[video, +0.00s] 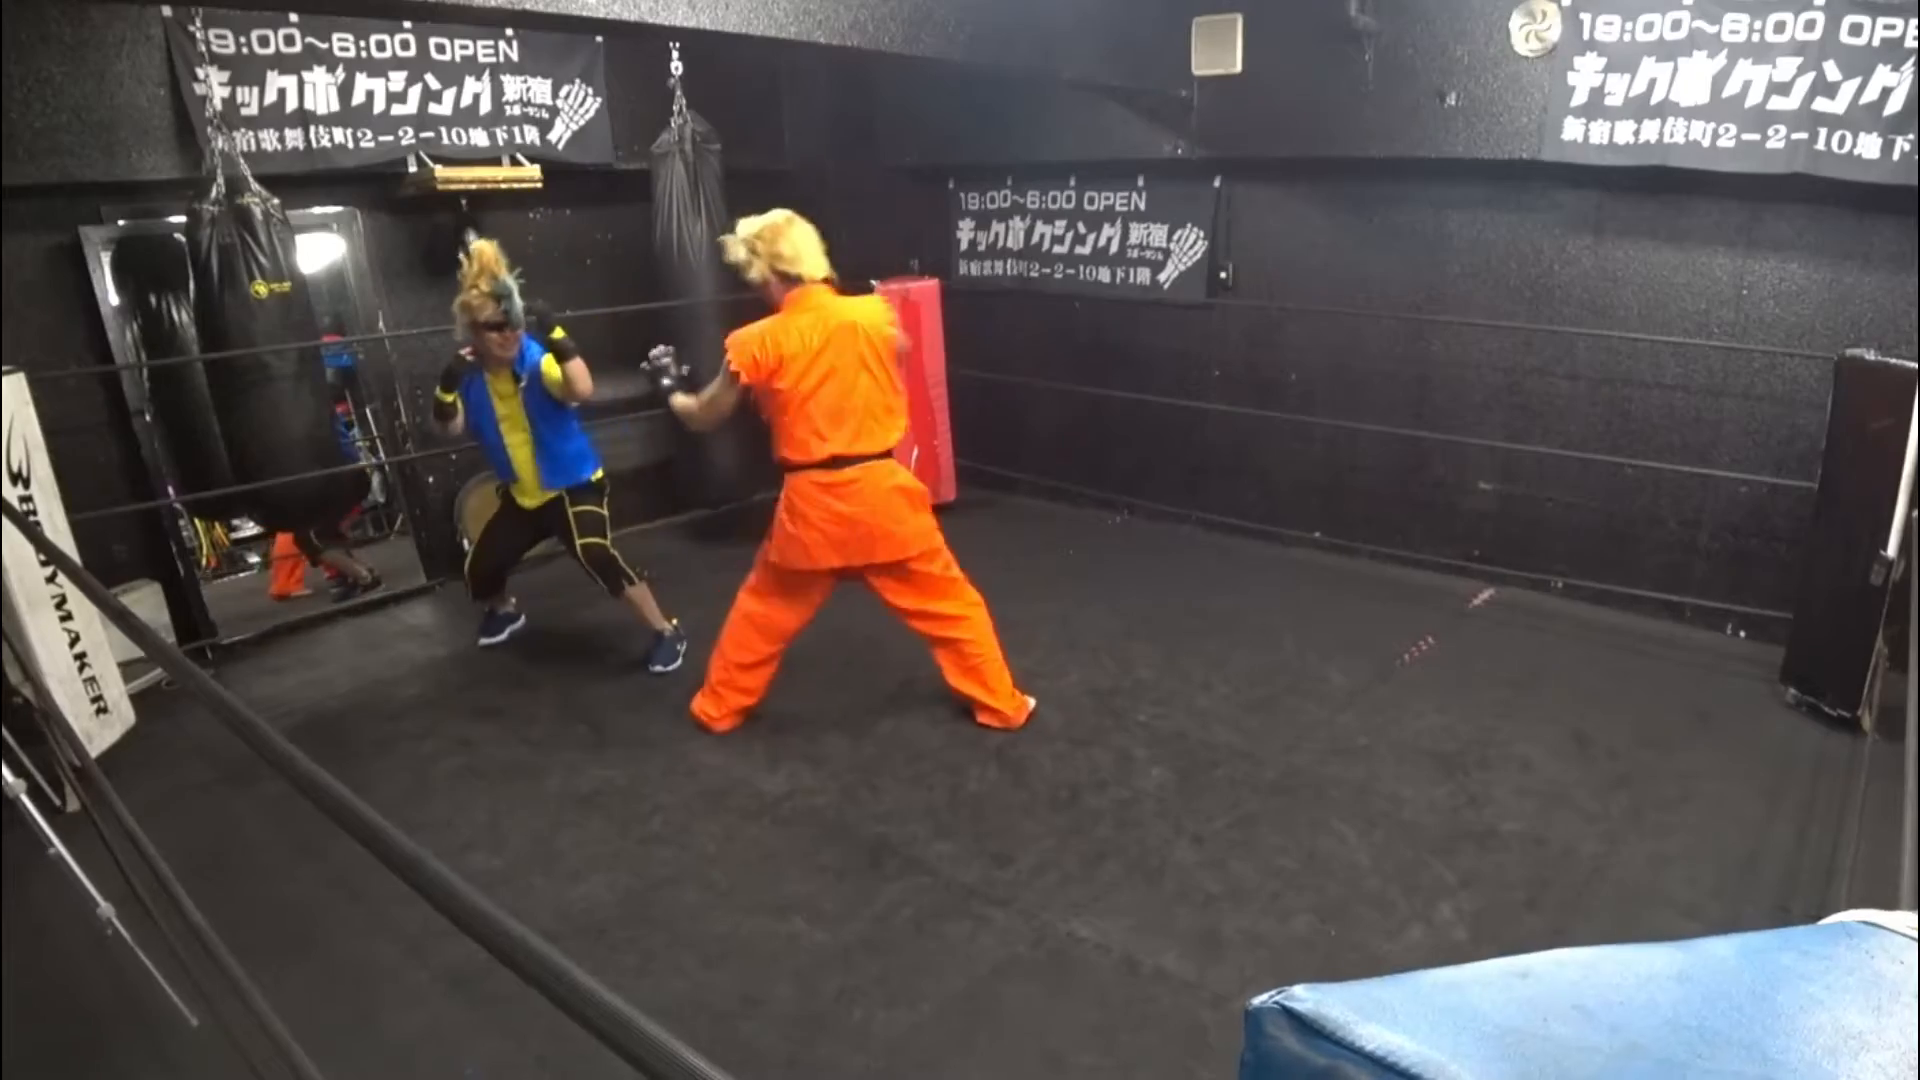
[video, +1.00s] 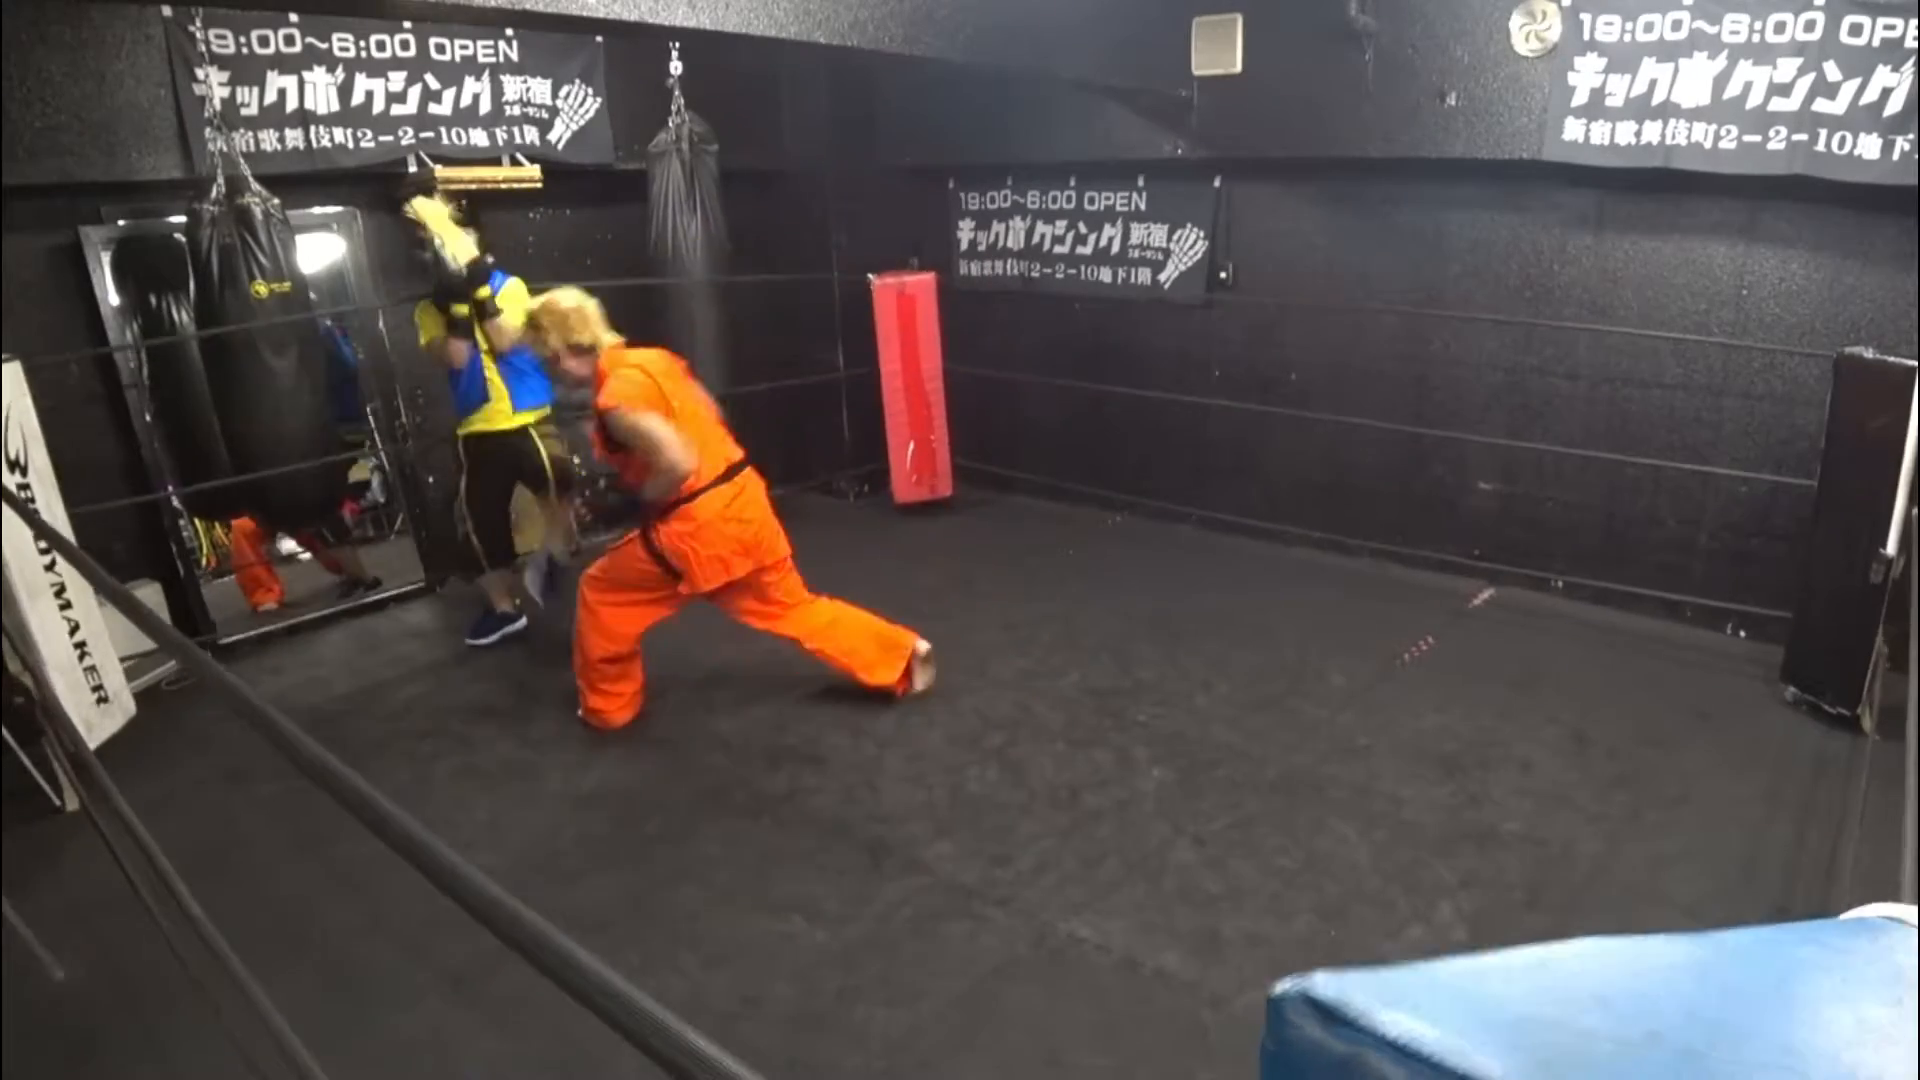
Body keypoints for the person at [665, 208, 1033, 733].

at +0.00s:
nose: (755, 290)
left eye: (756, 279)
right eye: (753, 279)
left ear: (773, 274)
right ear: (820, 262)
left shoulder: (759, 342)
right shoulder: (876, 315)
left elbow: (704, 414)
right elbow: (899, 356)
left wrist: (672, 390)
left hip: (813, 504)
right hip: (887, 493)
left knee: (766, 603)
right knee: (949, 599)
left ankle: (718, 707)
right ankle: (1002, 705)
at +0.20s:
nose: (797, 295)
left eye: (801, 286)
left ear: (811, 292)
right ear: (865, 282)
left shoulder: (793, 355)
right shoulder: (898, 336)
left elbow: (737, 405)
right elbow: (993, 371)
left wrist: (718, 412)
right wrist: (959, 355)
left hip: (809, 514)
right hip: (883, 511)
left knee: (779, 607)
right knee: (955, 607)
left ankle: (722, 702)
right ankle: (1002, 704)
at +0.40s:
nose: (838, 306)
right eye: (834, 297)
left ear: (776, 314)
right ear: (828, 304)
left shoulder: (754, 373)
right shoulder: (851, 348)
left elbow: (684, 422)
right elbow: (917, 351)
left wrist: (678, 479)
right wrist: (976, 332)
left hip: (772, 526)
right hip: (846, 524)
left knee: (714, 605)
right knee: (928, 610)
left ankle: (646, 694)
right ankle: (1001, 703)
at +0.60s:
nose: (624, 321)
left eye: (624, 312)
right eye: (621, 311)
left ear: (641, 310)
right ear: (685, 299)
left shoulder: (652, 371)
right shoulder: (738, 348)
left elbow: (666, 466)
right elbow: (789, 432)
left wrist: (639, 457)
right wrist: (734, 431)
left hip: (710, 524)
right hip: (771, 505)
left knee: (638, 605)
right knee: (823, 612)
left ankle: (619, 704)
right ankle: (931, 677)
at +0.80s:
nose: (560, 388)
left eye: (555, 375)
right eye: (550, 381)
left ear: (572, 351)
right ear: (575, 350)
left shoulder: (640, 382)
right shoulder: (619, 384)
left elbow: (731, 417)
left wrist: (665, 462)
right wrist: (628, 477)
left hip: (699, 529)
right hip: (730, 519)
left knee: (605, 596)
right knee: (760, 633)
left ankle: (610, 707)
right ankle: (878, 680)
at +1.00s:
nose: (552, 371)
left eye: (550, 360)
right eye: (547, 362)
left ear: (569, 349)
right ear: (593, 332)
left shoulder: (614, 398)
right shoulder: (656, 358)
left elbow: (676, 459)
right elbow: (708, 415)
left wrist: (645, 499)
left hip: (700, 527)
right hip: (748, 498)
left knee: (603, 589)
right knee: (790, 605)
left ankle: (608, 705)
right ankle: (903, 653)